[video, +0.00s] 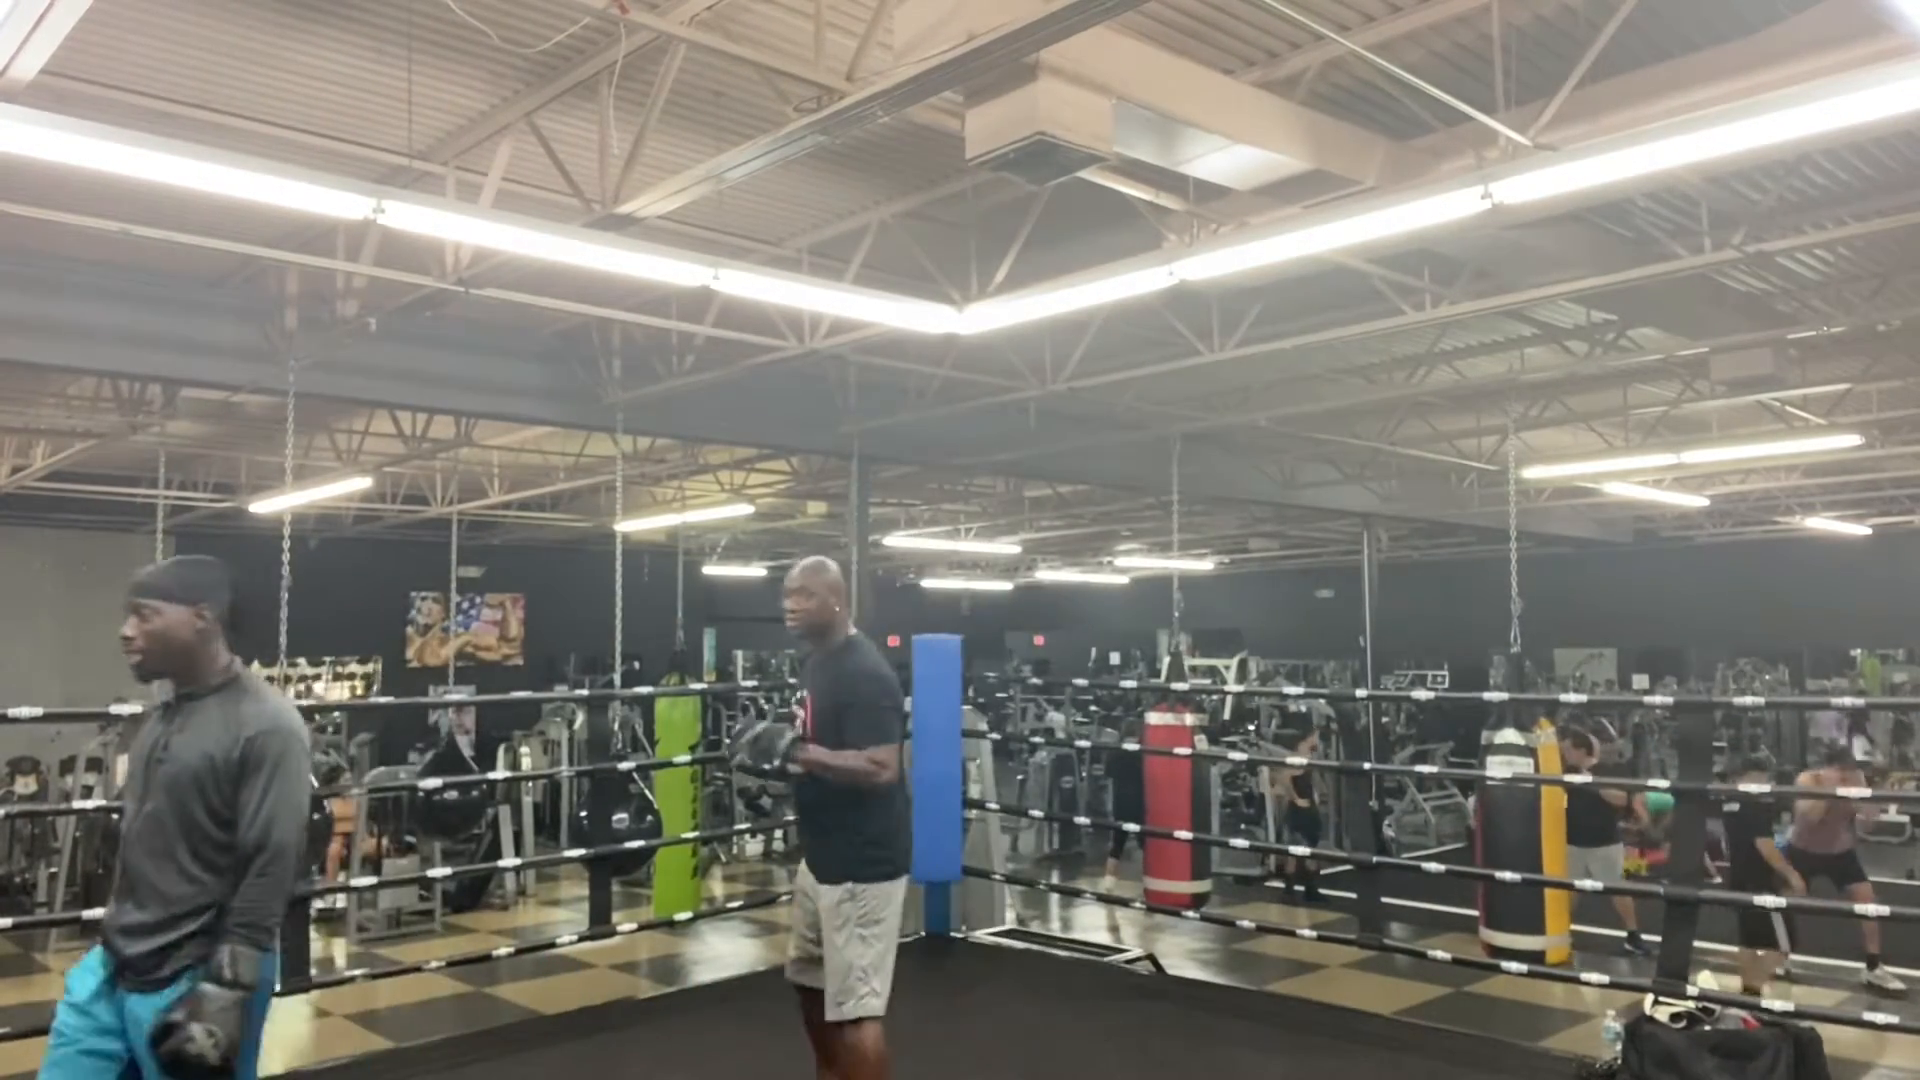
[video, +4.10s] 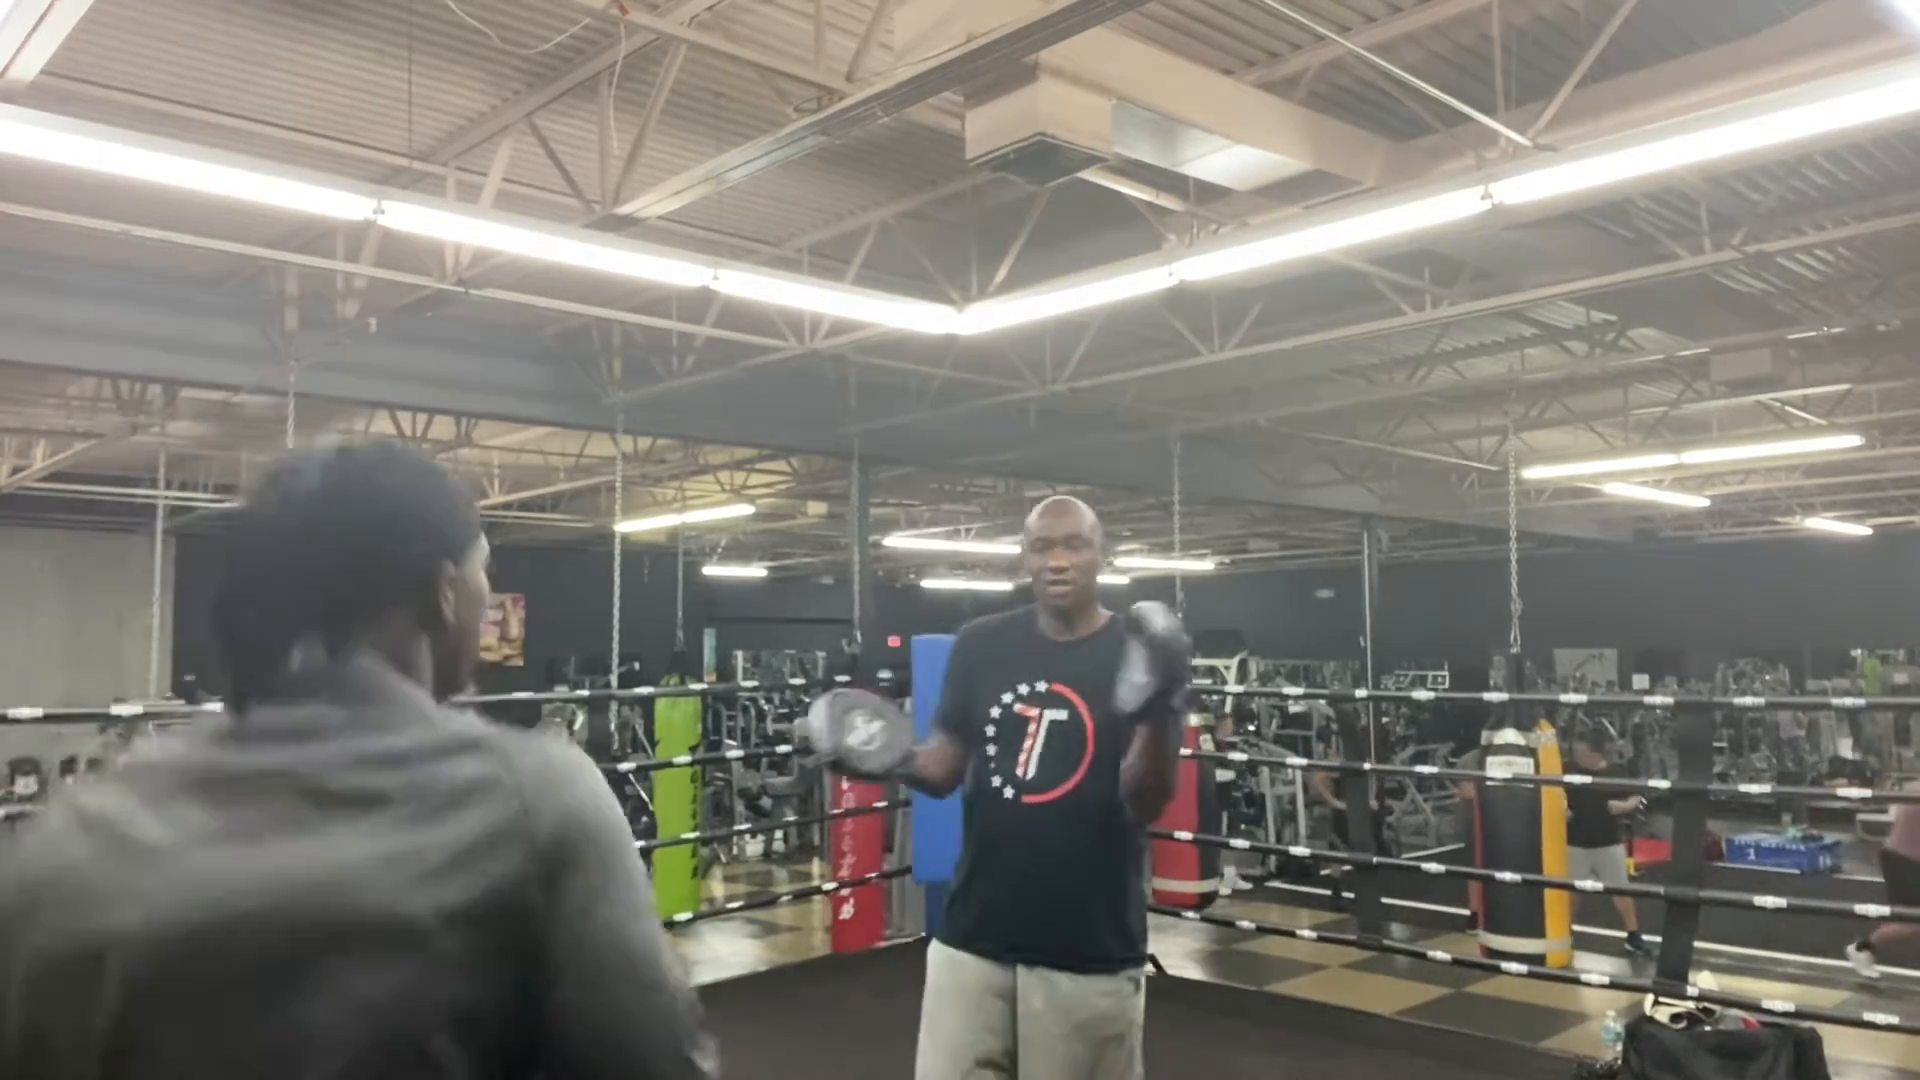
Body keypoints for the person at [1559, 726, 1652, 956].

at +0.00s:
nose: (1565, 754)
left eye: (1569, 750)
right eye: (1565, 750)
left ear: (1584, 751)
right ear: (1569, 751)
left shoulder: (1607, 771)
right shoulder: (1566, 773)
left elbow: (1620, 799)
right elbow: (1554, 801)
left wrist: (1593, 783)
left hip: (1605, 842)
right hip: (1571, 840)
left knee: (1618, 890)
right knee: (1564, 891)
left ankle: (1633, 933)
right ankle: (1559, 933)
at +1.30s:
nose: (1567, 762)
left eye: (1570, 757)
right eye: (1565, 757)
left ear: (1582, 756)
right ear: (1564, 759)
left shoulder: (1603, 773)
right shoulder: (1561, 777)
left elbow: (1626, 794)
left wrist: (1598, 794)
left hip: (1605, 841)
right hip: (1573, 842)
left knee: (1619, 890)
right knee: (1567, 892)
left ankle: (1633, 933)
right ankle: (1563, 936)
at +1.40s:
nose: (1567, 762)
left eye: (1570, 757)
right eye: (1565, 758)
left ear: (1581, 755)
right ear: (1564, 758)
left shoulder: (1600, 773)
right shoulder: (1558, 776)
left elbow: (1626, 794)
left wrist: (1598, 795)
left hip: (1605, 839)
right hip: (1573, 841)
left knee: (1619, 889)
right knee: (1566, 891)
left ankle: (1633, 934)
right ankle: (1562, 936)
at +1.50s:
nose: (1564, 761)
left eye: (1567, 756)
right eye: (1562, 757)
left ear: (1578, 754)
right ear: (1561, 757)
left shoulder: (1600, 770)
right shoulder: (1557, 777)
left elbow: (1627, 793)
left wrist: (1599, 796)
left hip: (1604, 840)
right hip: (1573, 843)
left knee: (1620, 889)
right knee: (1566, 892)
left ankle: (1633, 934)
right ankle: (1563, 937)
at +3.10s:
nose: (1597, 758)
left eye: (1598, 752)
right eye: (1591, 753)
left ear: (1601, 750)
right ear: (1571, 754)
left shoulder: (1606, 773)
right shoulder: (1564, 777)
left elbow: (1624, 791)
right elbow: (1572, 808)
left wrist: (1623, 799)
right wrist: (1607, 803)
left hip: (1607, 840)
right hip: (1575, 843)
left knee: (1620, 890)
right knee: (1565, 892)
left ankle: (1633, 934)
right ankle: (1561, 936)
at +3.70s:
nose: (1608, 760)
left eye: (1610, 755)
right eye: (1604, 754)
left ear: (1612, 753)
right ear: (1590, 750)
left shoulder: (1610, 774)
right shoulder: (1568, 771)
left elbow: (1614, 799)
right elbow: (1554, 797)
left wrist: (1627, 804)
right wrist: (1579, 811)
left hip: (1607, 842)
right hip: (1576, 843)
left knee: (1620, 890)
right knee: (1570, 892)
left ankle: (1633, 935)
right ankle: (1564, 932)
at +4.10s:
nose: (1575, 752)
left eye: (1580, 747)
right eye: (1575, 747)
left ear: (1596, 750)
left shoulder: (1615, 774)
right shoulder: (1567, 773)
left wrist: (1627, 805)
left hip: (1608, 841)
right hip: (1575, 842)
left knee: (1620, 890)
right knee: (1571, 890)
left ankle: (1633, 934)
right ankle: (1564, 932)